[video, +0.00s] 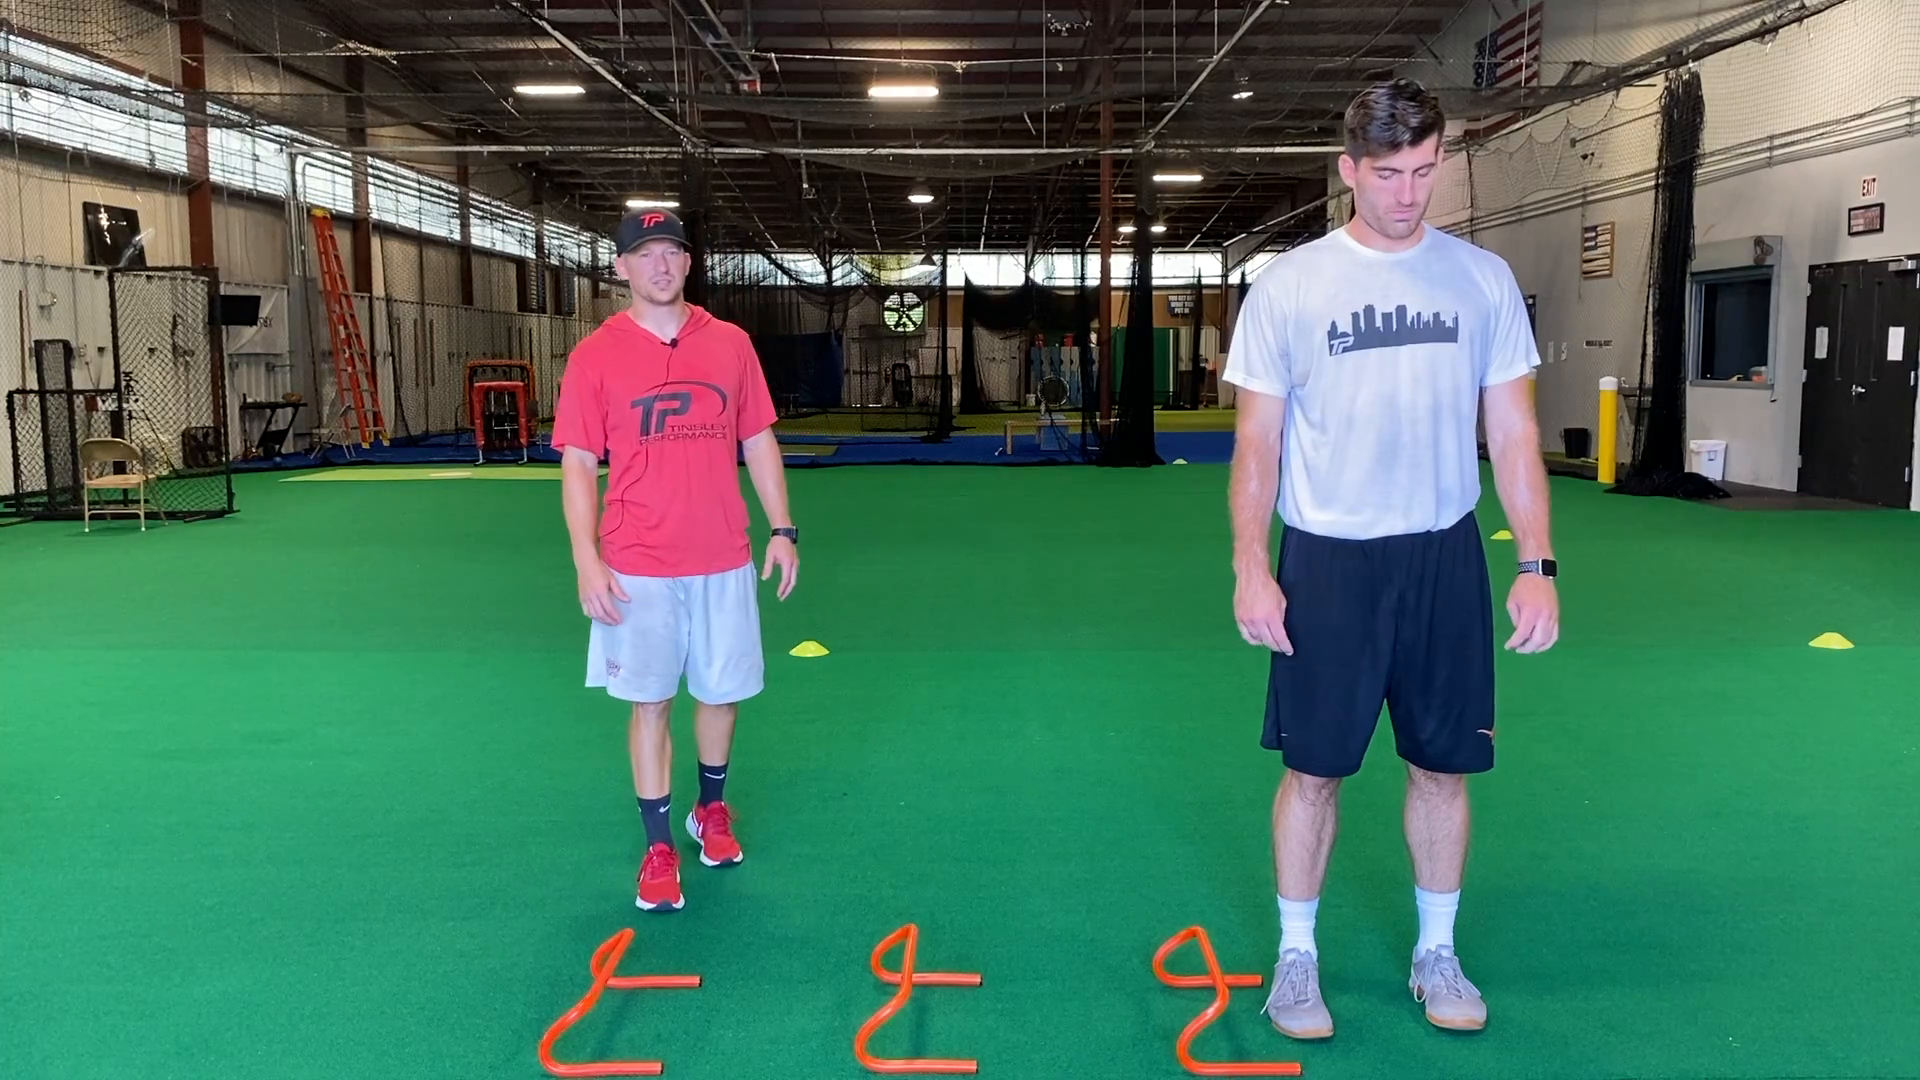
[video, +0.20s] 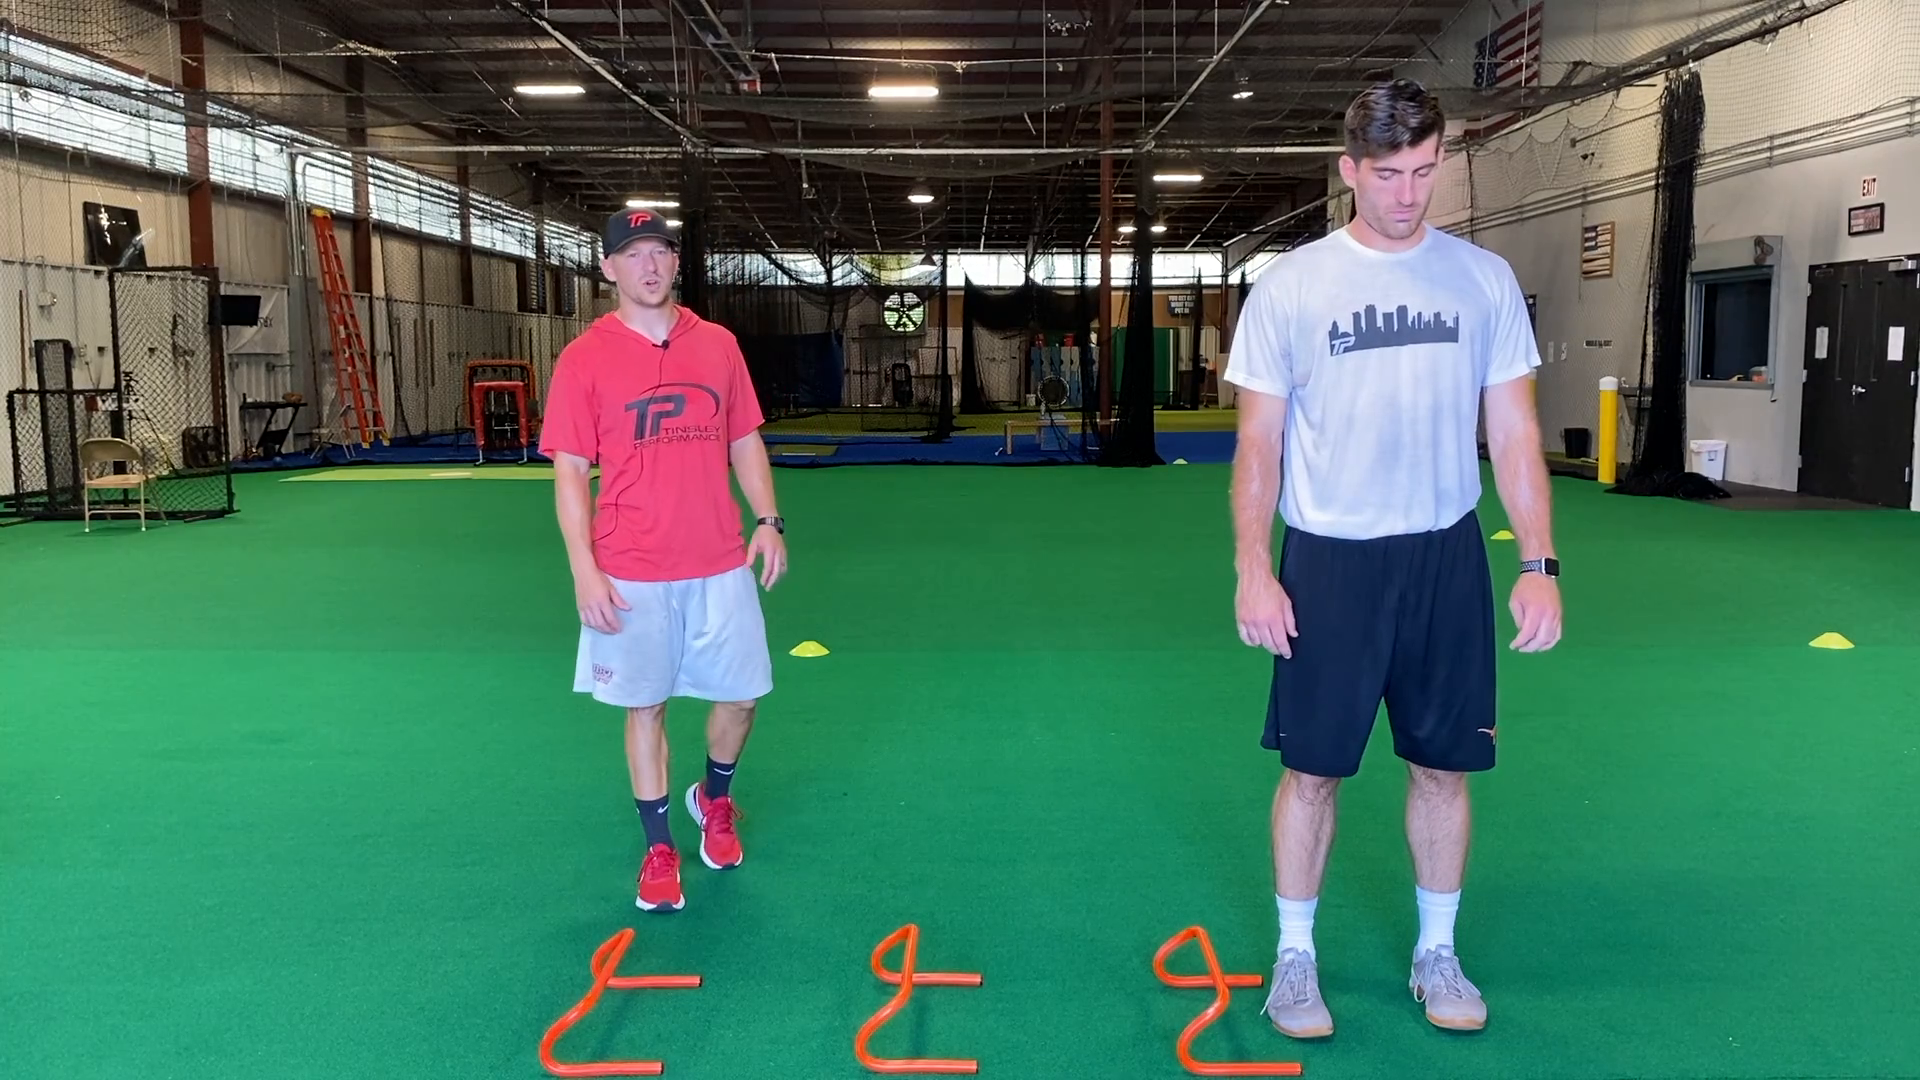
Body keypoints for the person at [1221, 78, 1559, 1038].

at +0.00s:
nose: (1410, 191)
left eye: (1424, 169)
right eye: (1391, 173)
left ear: (1442, 163)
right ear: (1349, 169)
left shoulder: (1484, 279)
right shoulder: (1287, 285)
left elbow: (1514, 435)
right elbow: (1256, 445)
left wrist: (1537, 562)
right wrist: (1252, 570)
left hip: (1444, 559)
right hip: (1328, 562)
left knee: (1443, 761)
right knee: (1314, 768)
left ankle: (1437, 956)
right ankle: (1296, 959)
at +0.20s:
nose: (1408, 191)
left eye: (1424, 170)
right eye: (1389, 173)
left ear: (1442, 164)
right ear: (1350, 169)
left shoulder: (1485, 279)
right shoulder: (1288, 286)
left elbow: (1515, 436)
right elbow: (1257, 445)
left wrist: (1538, 561)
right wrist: (1255, 571)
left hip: (1446, 560)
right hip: (1330, 563)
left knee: (1444, 762)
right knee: (1313, 769)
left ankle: (1437, 956)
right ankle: (1296, 959)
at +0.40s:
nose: (1417, 194)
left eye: (1432, 172)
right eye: (1397, 176)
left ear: (1452, 167)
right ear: (1358, 172)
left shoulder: (1493, 279)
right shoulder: (1298, 286)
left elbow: (1521, 435)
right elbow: (1264, 447)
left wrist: (1538, 562)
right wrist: (1262, 571)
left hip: (1453, 560)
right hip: (1338, 563)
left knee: (1448, 762)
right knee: (1318, 768)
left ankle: (1437, 956)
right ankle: (1296, 958)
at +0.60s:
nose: (1432, 202)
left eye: (1448, 180)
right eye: (1413, 183)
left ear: (1468, 174)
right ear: (1374, 174)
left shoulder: (1507, 281)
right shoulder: (1311, 286)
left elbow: (1532, 436)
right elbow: (1277, 442)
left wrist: (1547, 564)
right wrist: (1272, 567)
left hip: (1464, 562)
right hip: (1348, 563)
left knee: (1454, 763)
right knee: (1324, 767)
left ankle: (1439, 956)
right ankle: (1297, 957)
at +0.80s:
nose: (1449, 214)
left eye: (1467, 194)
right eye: (1431, 192)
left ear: (1488, 183)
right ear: (1391, 176)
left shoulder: (1520, 284)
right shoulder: (1323, 283)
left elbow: (1545, 442)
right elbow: (1286, 440)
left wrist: (1562, 571)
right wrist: (1277, 561)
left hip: (1467, 562)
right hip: (1349, 561)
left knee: (1455, 763)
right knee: (1325, 765)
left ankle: (1439, 955)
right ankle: (1296, 955)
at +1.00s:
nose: (1448, 223)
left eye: (1467, 205)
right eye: (1431, 202)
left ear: (1489, 189)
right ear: (1391, 176)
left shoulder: (1516, 285)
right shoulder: (1319, 282)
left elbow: (1546, 441)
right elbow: (1278, 434)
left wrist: (1571, 575)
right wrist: (1264, 557)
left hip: (1459, 562)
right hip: (1342, 560)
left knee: (1451, 763)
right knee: (1323, 766)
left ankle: (1439, 956)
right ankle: (1295, 956)